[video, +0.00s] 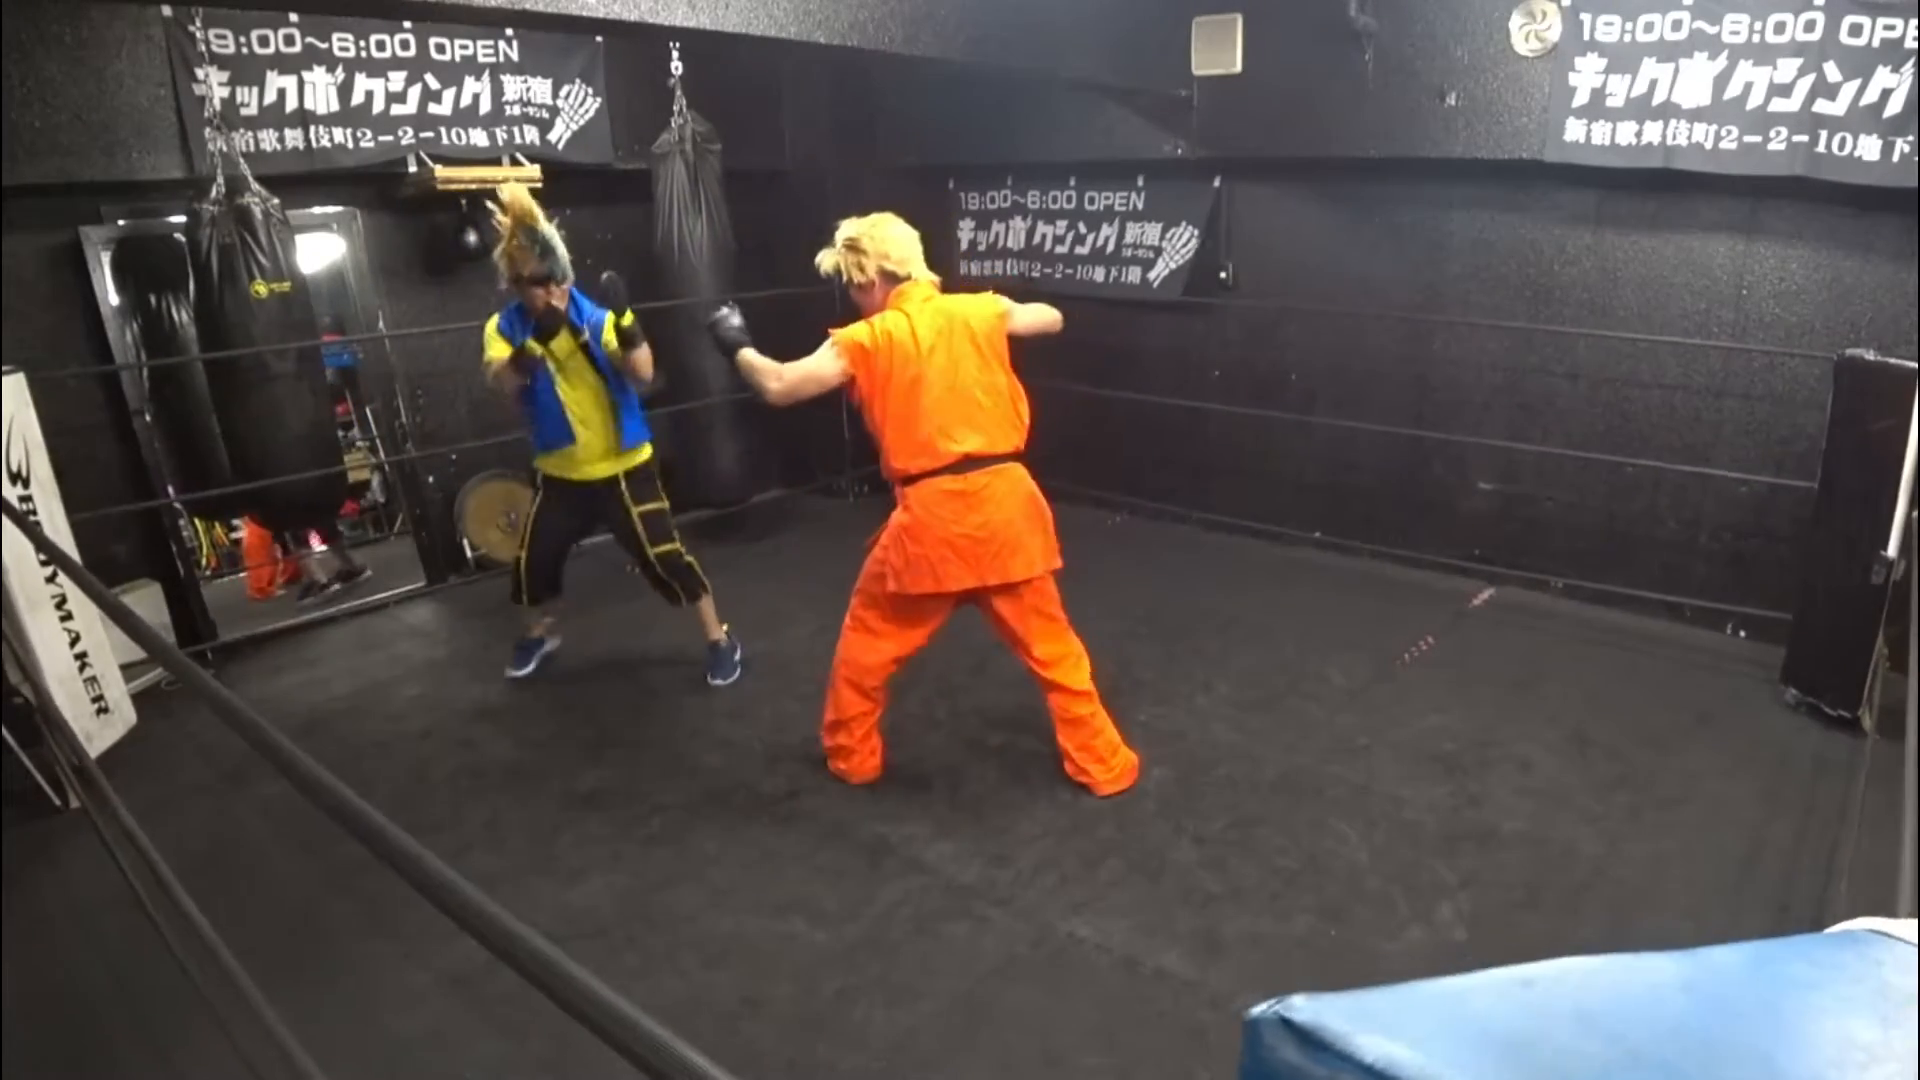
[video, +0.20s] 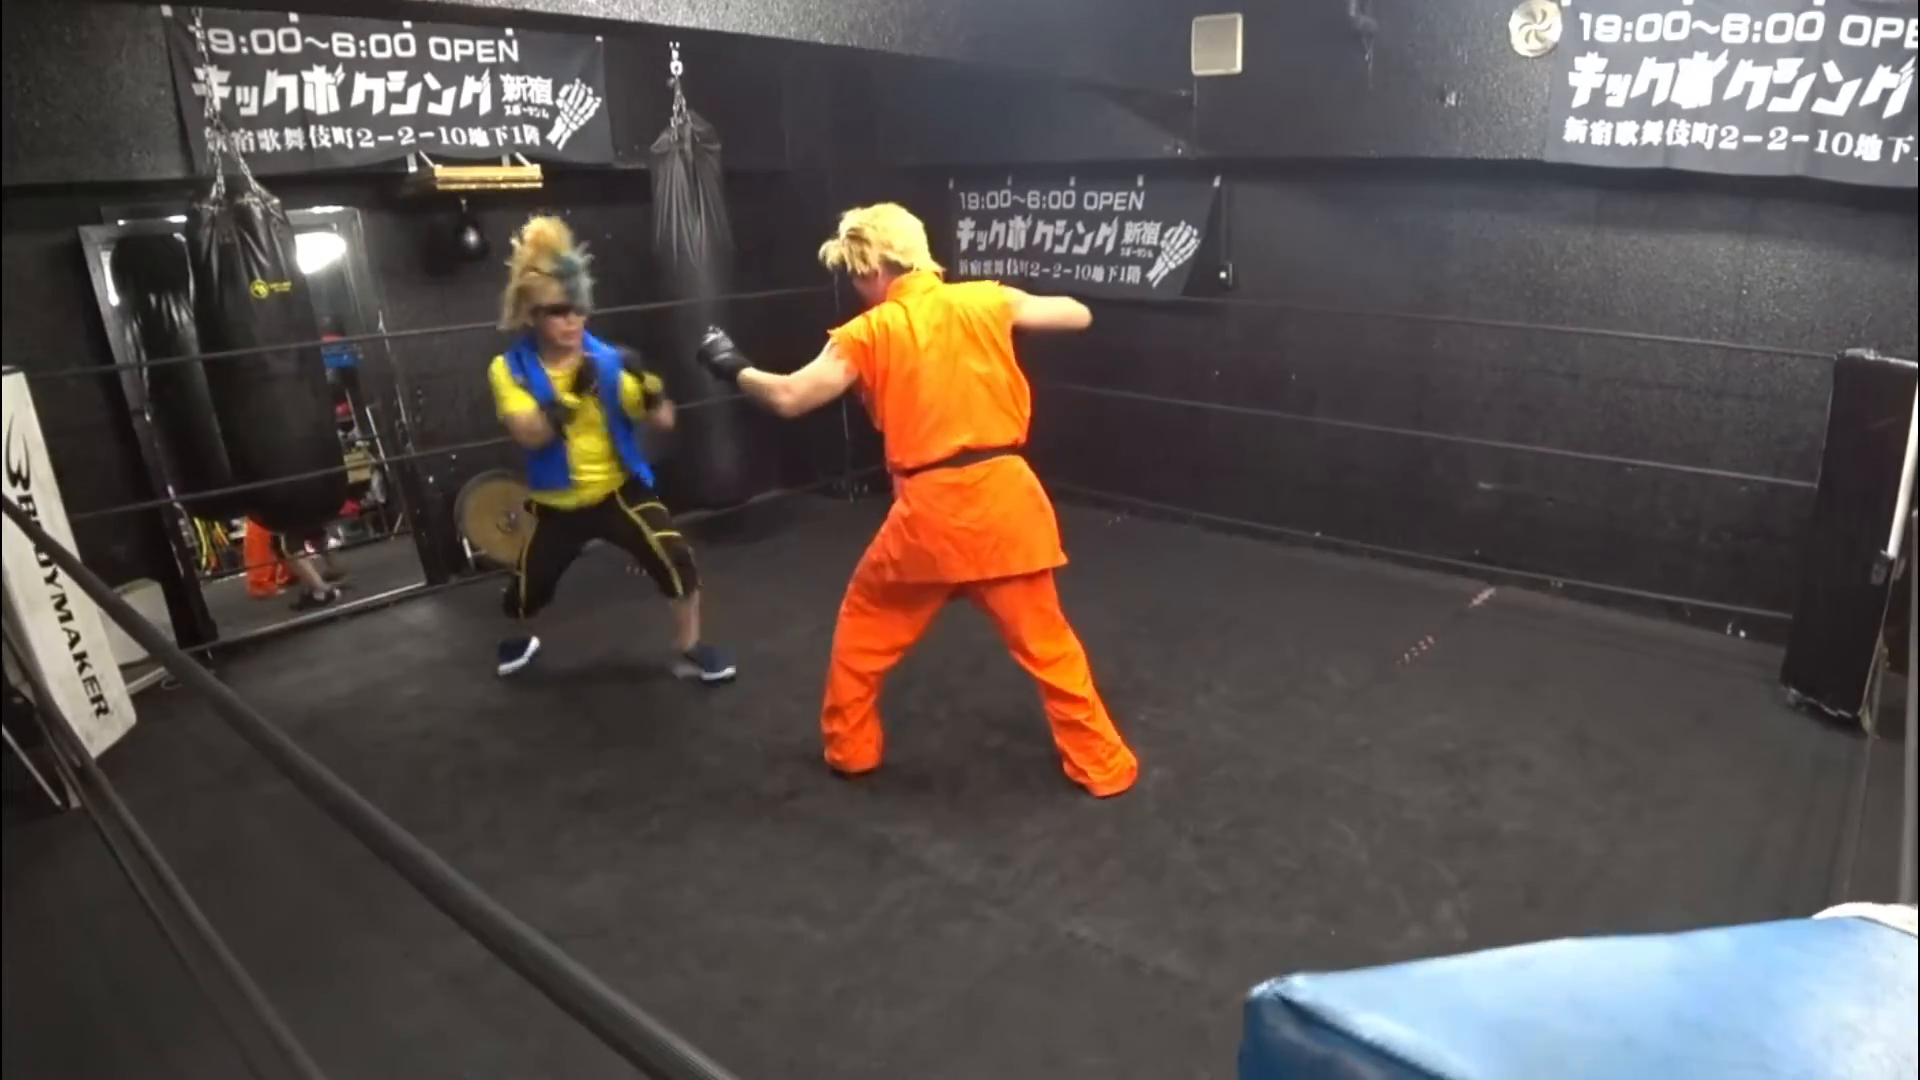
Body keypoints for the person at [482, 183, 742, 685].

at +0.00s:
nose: (544, 293)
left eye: (550, 280)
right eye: (532, 283)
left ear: (564, 278)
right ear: (515, 286)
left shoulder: (595, 315)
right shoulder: (505, 328)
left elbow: (644, 373)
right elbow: (505, 385)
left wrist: (627, 326)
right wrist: (532, 344)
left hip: (625, 462)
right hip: (562, 472)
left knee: (664, 556)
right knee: (534, 562)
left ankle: (718, 636)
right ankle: (541, 634)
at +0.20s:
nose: (572, 322)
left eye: (577, 311)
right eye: (558, 313)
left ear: (587, 313)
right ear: (531, 318)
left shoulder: (607, 357)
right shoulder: (511, 369)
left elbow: (663, 422)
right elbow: (529, 433)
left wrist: (653, 398)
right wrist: (573, 398)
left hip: (622, 494)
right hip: (558, 505)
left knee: (678, 563)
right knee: (525, 596)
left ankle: (690, 646)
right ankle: (520, 640)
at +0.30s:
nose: (617, 306)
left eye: (623, 294)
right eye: (603, 296)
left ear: (633, 296)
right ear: (575, 302)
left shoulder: (648, 354)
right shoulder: (551, 359)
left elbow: (683, 397)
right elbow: (549, 432)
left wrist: (693, 394)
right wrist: (610, 414)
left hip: (632, 496)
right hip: (571, 506)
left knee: (688, 565)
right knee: (552, 598)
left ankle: (687, 656)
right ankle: (526, 635)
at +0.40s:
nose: (666, 306)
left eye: (669, 295)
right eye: (654, 296)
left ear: (675, 300)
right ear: (623, 303)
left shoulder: (663, 352)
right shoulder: (598, 353)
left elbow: (681, 406)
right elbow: (575, 421)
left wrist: (701, 395)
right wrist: (644, 412)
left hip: (642, 497)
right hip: (592, 503)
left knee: (699, 562)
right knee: (604, 619)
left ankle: (689, 657)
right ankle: (523, 628)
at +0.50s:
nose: (703, 325)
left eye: (706, 313)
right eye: (691, 315)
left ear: (705, 313)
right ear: (658, 315)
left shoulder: (682, 364)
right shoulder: (638, 358)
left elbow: (707, 434)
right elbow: (620, 423)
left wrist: (717, 404)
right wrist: (681, 407)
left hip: (646, 503)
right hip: (605, 507)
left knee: (706, 560)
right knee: (665, 603)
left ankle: (691, 656)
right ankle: (559, 670)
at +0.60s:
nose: (725, 348)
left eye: (727, 338)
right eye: (714, 338)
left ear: (725, 338)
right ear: (684, 338)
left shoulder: (701, 382)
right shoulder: (669, 376)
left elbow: (709, 445)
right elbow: (663, 424)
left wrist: (726, 422)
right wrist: (717, 402)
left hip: (655, 512)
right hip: (623, 517)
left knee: (704, 565)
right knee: (695, 607)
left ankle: (689, 664)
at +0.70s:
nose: (734, 367)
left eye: (736, 355)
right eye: (722, 356)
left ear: (736, 351)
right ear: (693, 357)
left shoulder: (691, 389)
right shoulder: (687, 390)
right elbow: (737, 407)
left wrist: (740, 434)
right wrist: (801, 383)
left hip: (640, 536)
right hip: (648, 545)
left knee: (716, 563)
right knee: (735, 632)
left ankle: (694, 663)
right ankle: (736, 765)